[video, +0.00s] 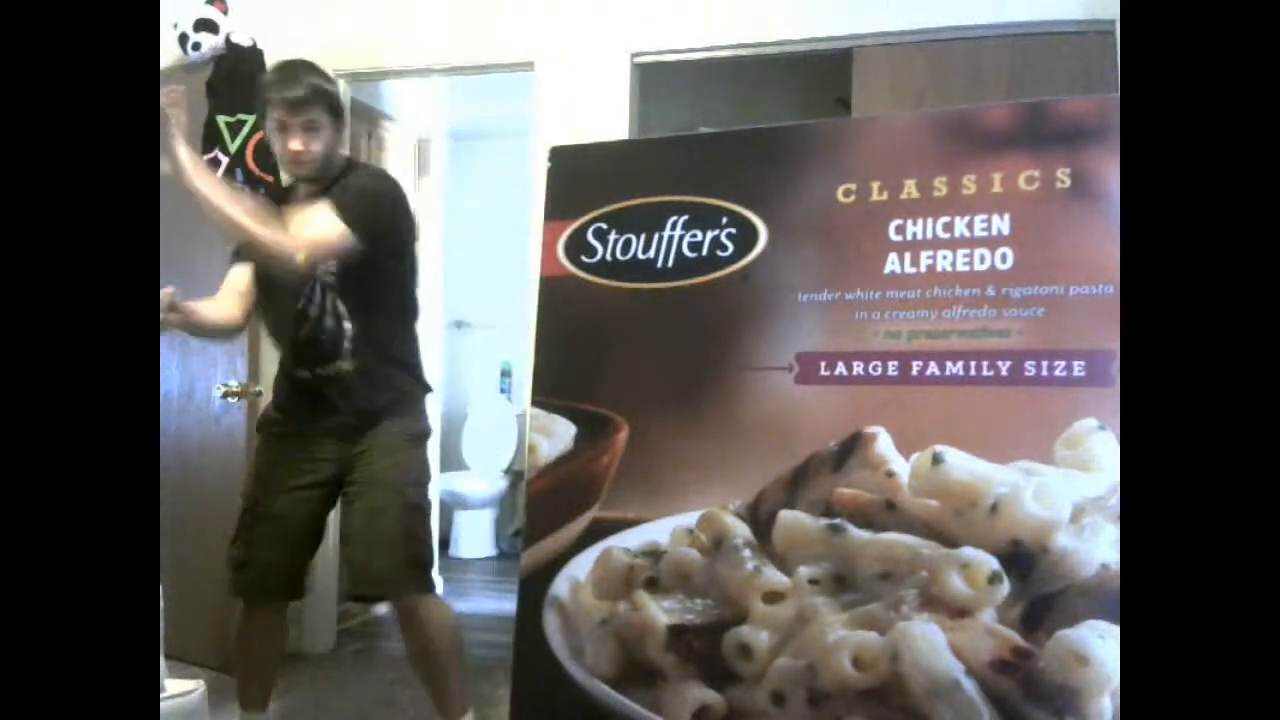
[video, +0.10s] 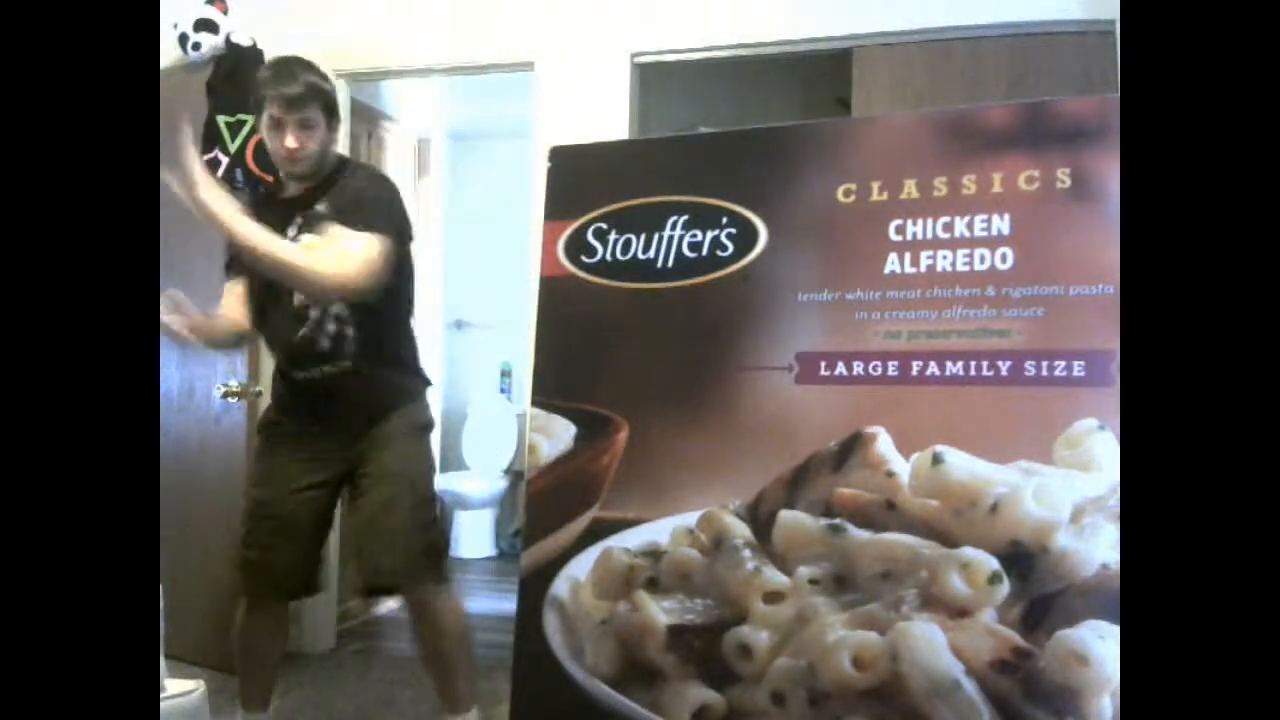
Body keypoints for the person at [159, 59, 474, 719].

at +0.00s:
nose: (298, 145)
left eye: (313, 130)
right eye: (285, 130)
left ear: (340, 131)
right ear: (268, 135)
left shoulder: (373, 190)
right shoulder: (267, 216)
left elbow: (297, 251)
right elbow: (231, 311)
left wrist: (189, 168)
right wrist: (180, 309)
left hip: (385, 414)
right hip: (301, 416)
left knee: (399, 572)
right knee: (263, 581)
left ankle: (459, 715)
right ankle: (253, 715)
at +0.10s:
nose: (291, 143)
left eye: (307, 127)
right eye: (278, 128)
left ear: (332, 127)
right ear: (261, 131)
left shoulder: (369, 191)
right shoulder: (256, 208)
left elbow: (349, 276)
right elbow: (241, 317)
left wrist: (220, 208)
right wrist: (199, 325)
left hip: (384, 409)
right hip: (298, 412)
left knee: (415, 564)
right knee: (266, 576)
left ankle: (462, 712)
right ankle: (253, 714)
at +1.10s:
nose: (503, 143)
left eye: (516, 123)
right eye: (489, 129)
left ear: (548, 125)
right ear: (476, 137)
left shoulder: (576, 204)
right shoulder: (468, 195)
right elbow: (423, 202)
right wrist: (399, 158)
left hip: (549, 430)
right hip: (467, 427)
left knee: (547, 611)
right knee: (371, 593)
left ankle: (558, 718)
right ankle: (319, 716)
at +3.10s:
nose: (400, 132)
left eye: (419, 122)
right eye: (395, 118)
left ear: (453, 137)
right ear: (387, 127)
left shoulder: (485, 180)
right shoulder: (371, 227)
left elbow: (494, 60)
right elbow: (370, 331)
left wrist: (410, 14)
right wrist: (439, 303)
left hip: (497, 417)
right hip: (412, 422)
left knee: (498, 604)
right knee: (342, 599)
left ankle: (493, 717)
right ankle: (289, 714)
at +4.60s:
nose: (489, 141)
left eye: (505, 129)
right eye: (491, 129)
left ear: (548, 145)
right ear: (491, 139)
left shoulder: (561, 238)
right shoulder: (475, 185)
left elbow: (471, 307)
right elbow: (395, 122)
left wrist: (394, 257)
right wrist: (398, 50)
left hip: (490, 429)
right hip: (412, 407)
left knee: (474, 603)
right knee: (335, 561)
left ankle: (477, 719)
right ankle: (325, 712)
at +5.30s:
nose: (435, 144)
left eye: (446, 131)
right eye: (440, 130)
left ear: (481, 142)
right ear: (482, 142)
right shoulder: (466, 207)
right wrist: (396, 197)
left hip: (476, 427)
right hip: (410, 416)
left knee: (441, 601)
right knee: (354, 581)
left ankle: (473, 716)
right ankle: (330, 714)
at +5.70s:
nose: (433, 102)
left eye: (451, 96)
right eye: (426, 88)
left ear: (466, 118)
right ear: (407, 93)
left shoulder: (454, 194)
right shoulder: (373, 139)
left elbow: (505, 228)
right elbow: (378, 31)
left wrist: (433, 150)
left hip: (399, 393)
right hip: (324, 381)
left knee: (438, 558)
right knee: (271, 563)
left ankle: (414, 705)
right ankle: (194, 691)